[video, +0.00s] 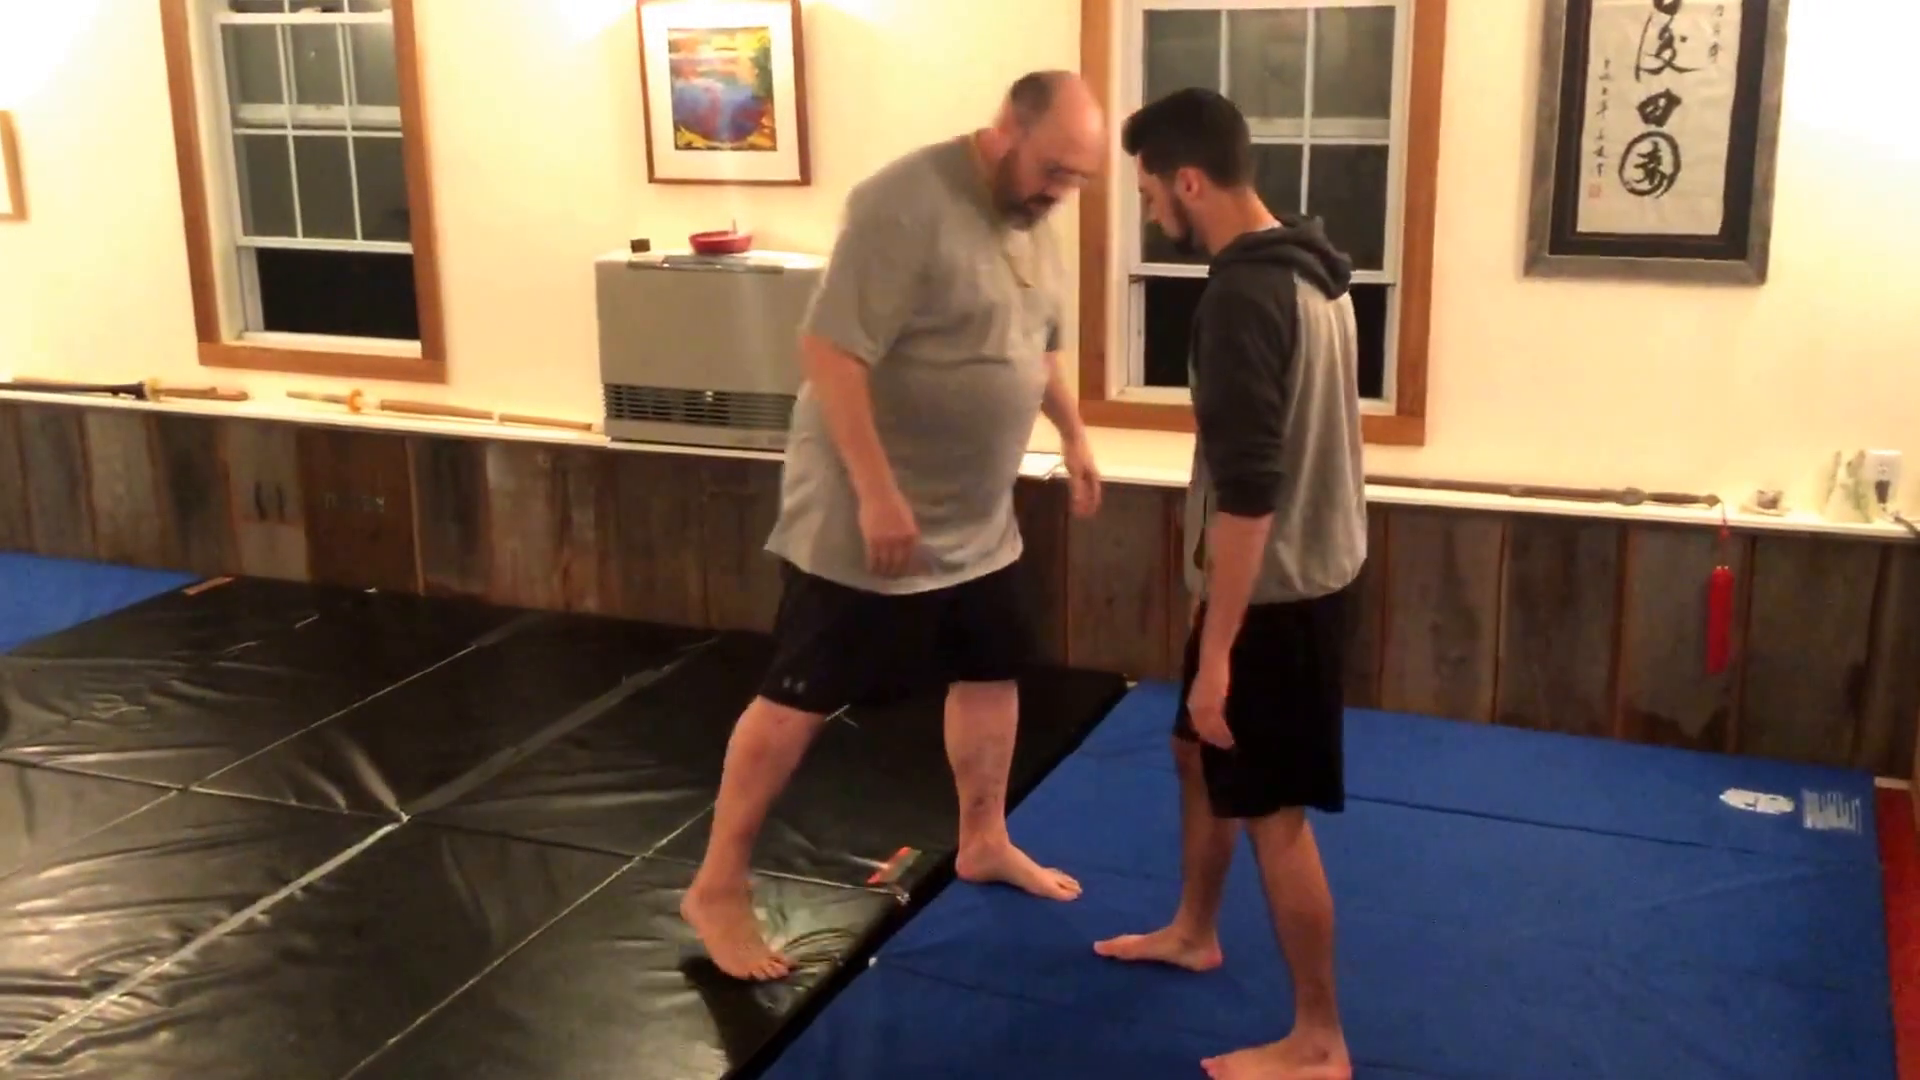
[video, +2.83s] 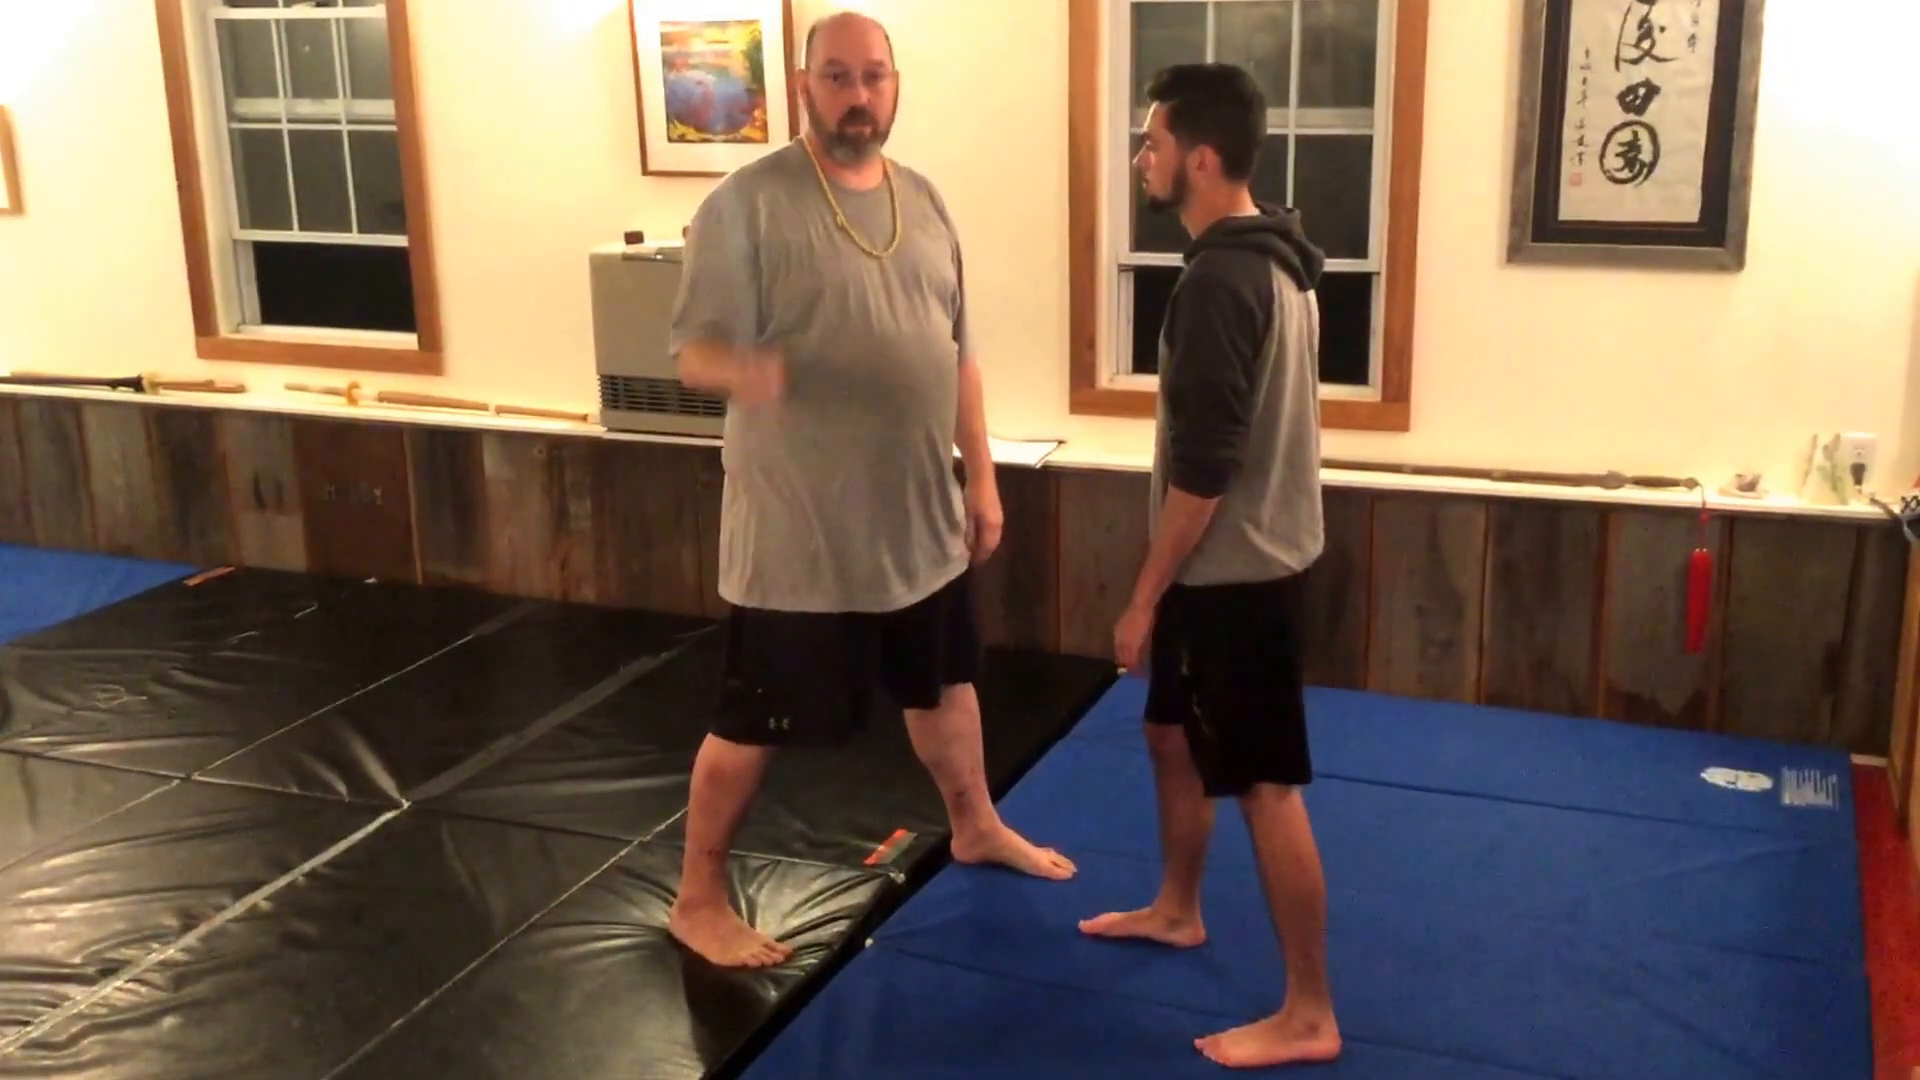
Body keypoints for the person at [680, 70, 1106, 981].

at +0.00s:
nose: (1064, 195)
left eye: (1079, 180)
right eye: (1055, 173)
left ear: (1082, 167)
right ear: (1004, 134)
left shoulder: (1034, 211)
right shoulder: (904, 199)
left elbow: (1028, 348)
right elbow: (830, 349)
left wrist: (1075, 438)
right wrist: (877, 492)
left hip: (973, 514)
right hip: (857, 513)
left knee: (993, 673)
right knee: (799, 695)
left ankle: (983, 842)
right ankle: (716, 887)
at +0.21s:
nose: (965, 190)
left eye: (978, 172)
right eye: (954, 168)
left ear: (984, 158)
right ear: (897, 138)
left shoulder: (946, 219)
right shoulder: (808, 224)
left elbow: (963, 351)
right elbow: (750, 380)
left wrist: (1006, 456)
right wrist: (802, 521)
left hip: (930, 533)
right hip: (818, 543)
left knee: (969, 685)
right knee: (766, 729)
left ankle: (981, 840)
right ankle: (703, 910)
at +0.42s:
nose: (890, 169)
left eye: (904, 149)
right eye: (873, 147)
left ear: (914, 136)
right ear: (819, 124)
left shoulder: (908, 210)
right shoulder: (744, 221)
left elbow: (912, 361)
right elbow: (680, 383)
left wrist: (927, 476)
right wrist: (690, 533)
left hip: (896, 521)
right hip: (784, 539)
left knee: (932, 692)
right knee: (747, 735)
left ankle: (979, 840)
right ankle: (699, 914)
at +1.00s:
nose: (840, 119)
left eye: (856, 100)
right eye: (819, 101)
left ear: (878, 102)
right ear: (780, 103)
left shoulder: (902, 205)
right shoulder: (719, 218)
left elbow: (944, 346)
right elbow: (670, 375)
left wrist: (992, 458)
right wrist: (725, 489)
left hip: (903, 519)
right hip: (784, 537)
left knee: (935, 686)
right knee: (750, 733)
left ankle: (978, 836)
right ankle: (696, 907)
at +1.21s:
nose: (825, 107)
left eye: (841, 87)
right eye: (805, 91)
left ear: (871, 91)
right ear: (776, 101)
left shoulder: (911, 205)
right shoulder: (727, 207)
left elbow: (945, 348)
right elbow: (670, 356)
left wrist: (974, 462)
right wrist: (728, 352)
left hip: (905, 507)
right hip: (782, 521)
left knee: (940, 683)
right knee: (748, 727)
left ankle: (977, 834)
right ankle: (695, 904)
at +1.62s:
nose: (843, 96)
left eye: (857, 78)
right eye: (821, 81)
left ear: (884, 88)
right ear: (789, 94)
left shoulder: (919, 205)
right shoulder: (735, 208)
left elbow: (953, 349)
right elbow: (685, 366)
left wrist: (993, 466)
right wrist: (751, 490)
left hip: (923, 515)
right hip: (788, 533)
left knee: (942, 684)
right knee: (747, 727)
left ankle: (977, 831)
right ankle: (697, 899)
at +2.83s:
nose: (859, 94)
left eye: (875, 76)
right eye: (838, 76)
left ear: (897, 87)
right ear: (801, 87)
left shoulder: (925, 202)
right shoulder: (744, 205)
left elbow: (955, 353)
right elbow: (695, 351)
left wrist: (981, 478)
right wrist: (739, 368)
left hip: (919, 504)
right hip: (793, 517)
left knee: (945, 678)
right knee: (750, 720)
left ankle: (977, 828)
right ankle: (698, 897)